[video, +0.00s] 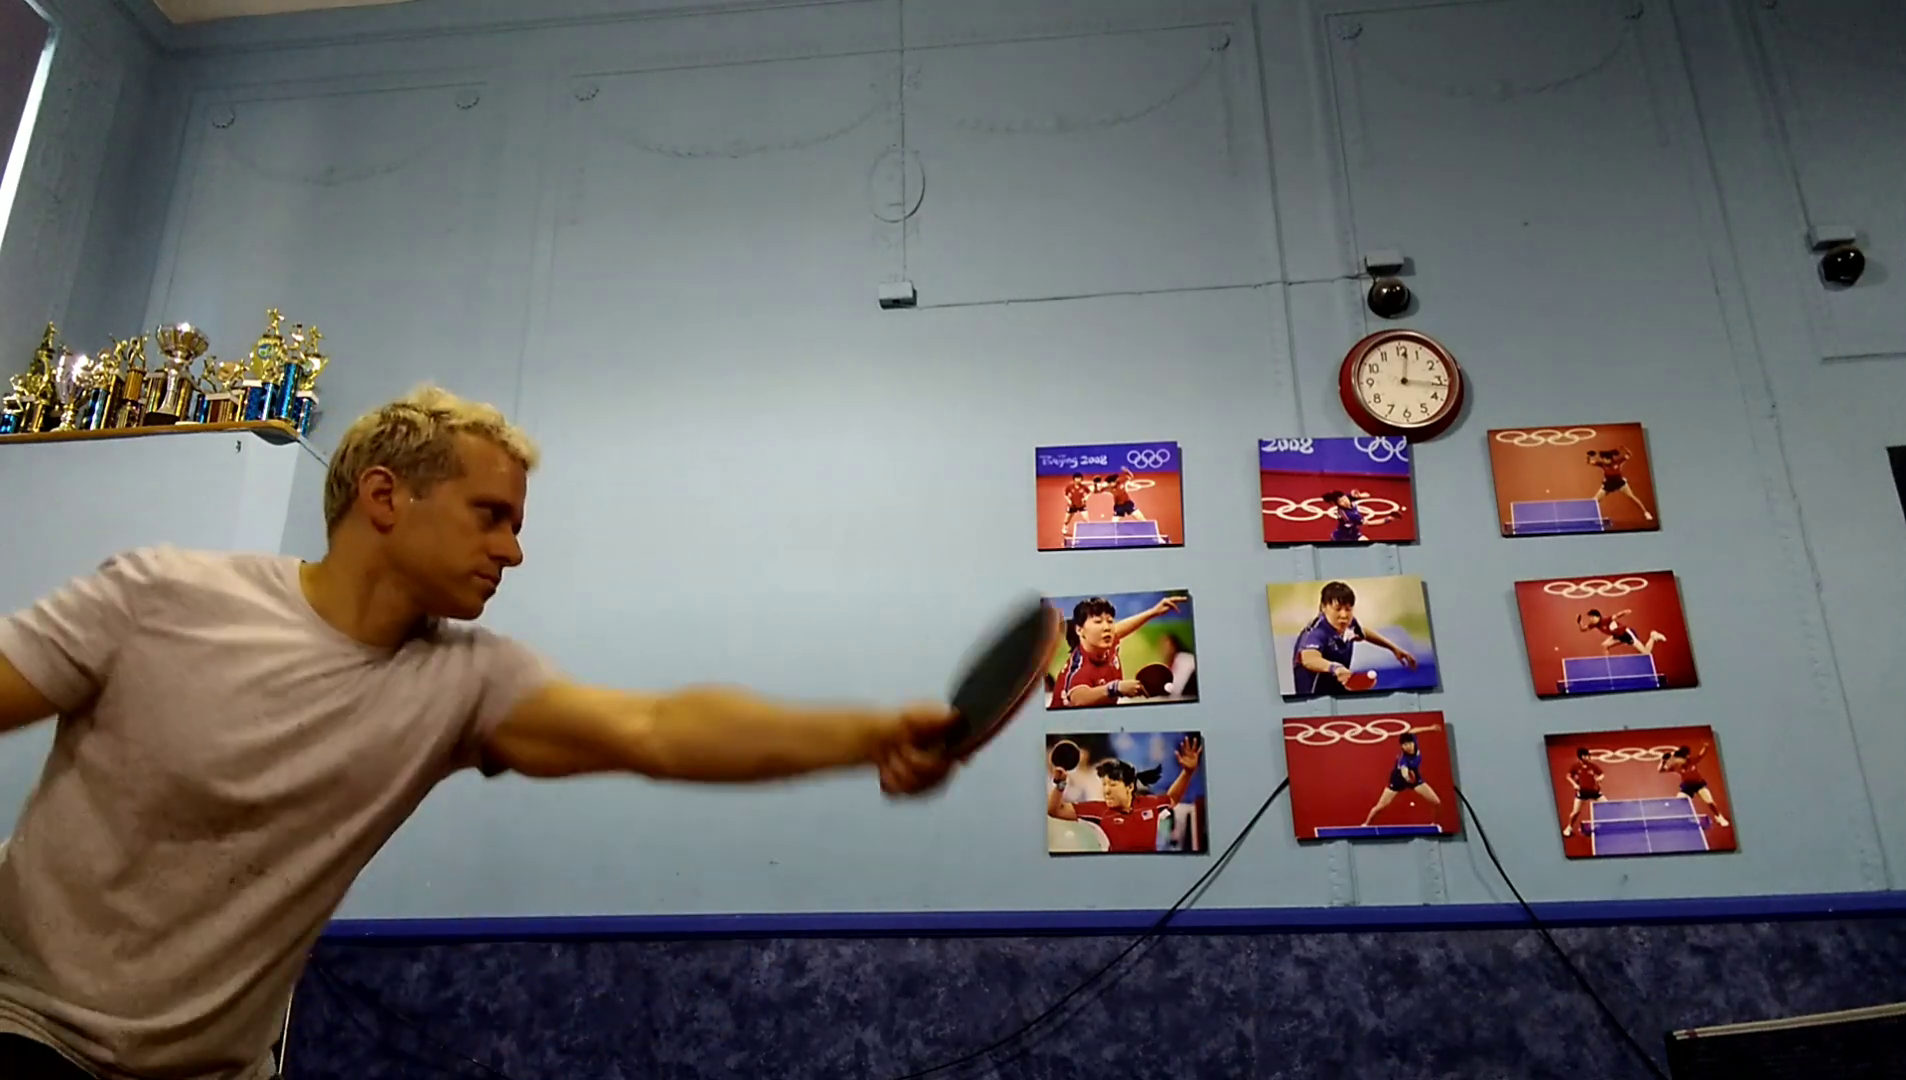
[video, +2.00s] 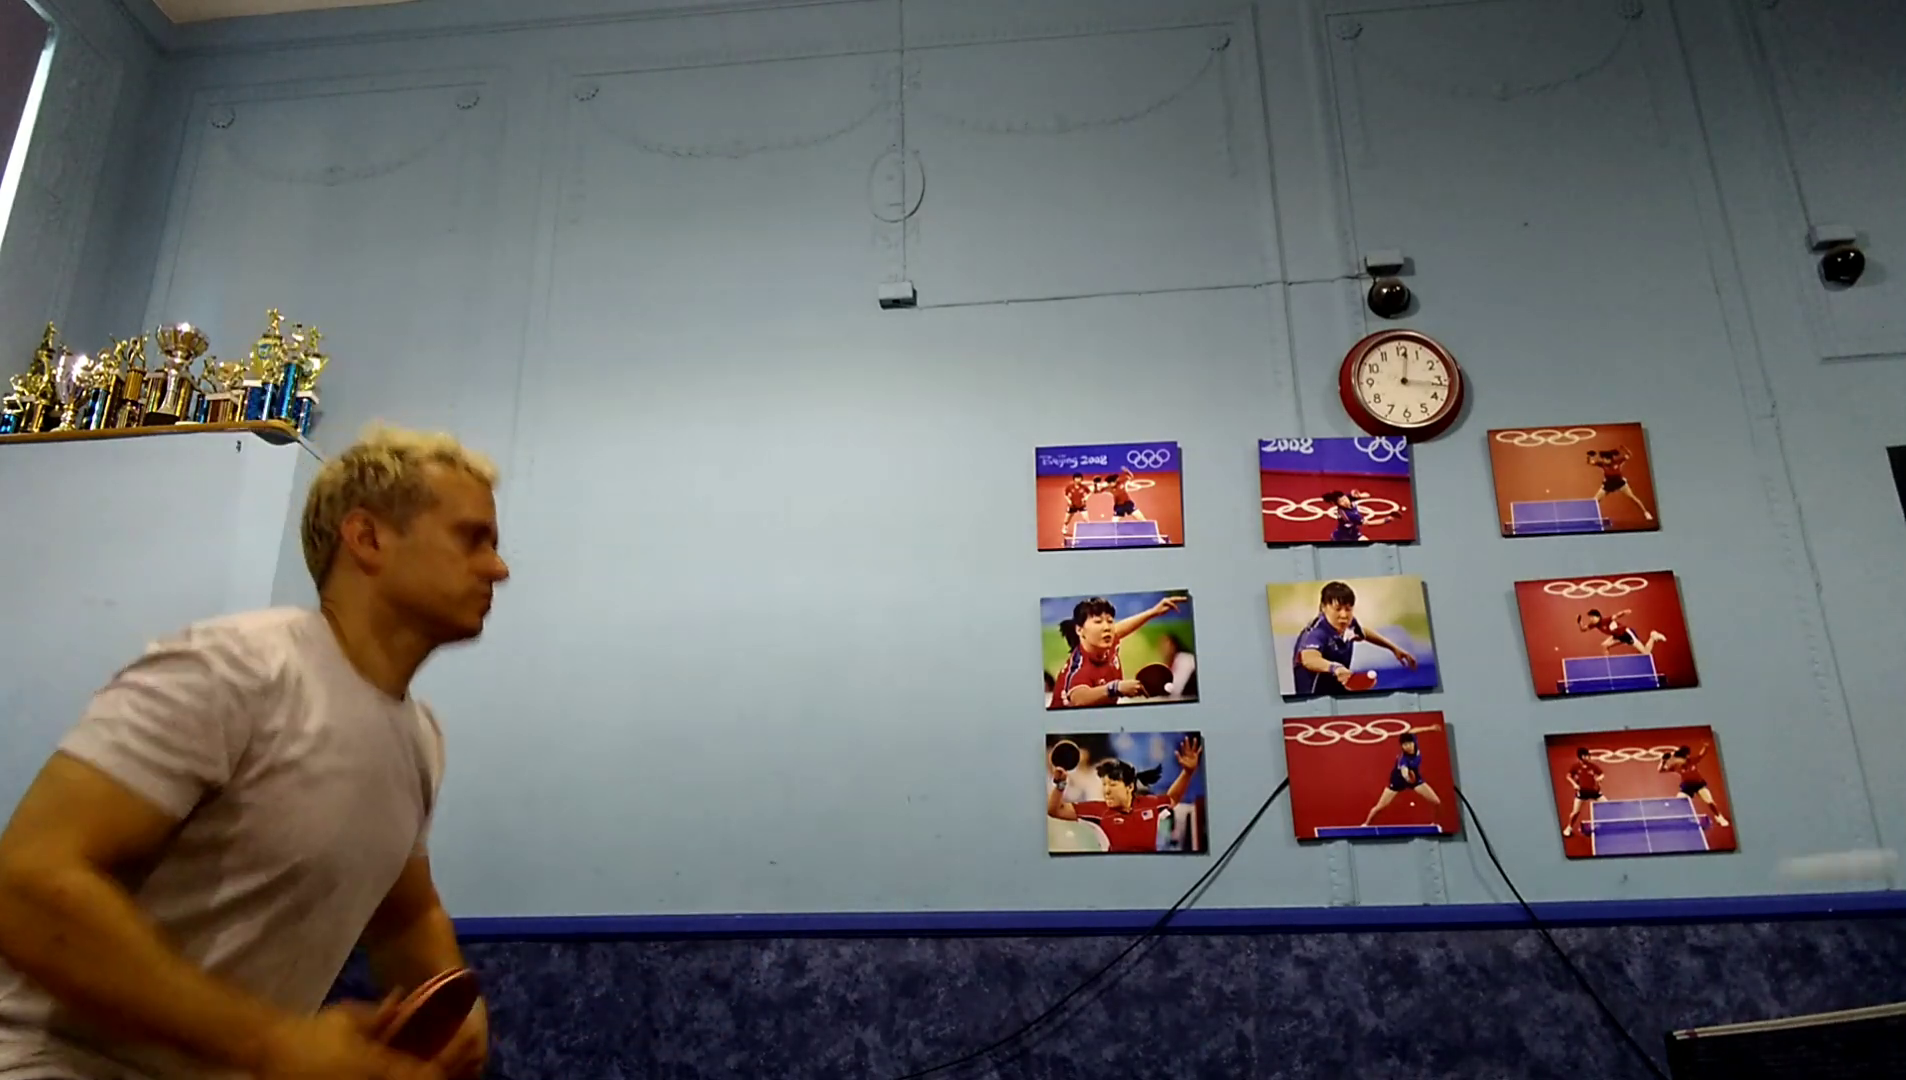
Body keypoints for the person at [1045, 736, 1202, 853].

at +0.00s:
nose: (1107, 790)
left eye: (1113, 785)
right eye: (1104, 785)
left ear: (1130, 787)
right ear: (1102, 787)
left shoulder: (1151, 804)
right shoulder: (1100, 811)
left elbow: (1172, 798)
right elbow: (1055, 811)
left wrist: (1188, 771)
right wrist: (1059, 785)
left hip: (1151, 872)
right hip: (1116, 874)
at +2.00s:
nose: (1107, 790)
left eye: (1113, 785)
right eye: (1104, 785)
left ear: (1130, 787)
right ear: (1101, 787)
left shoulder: (1151, 805)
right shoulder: (1100, 811)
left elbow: (1172, 798)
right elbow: (1055, 811)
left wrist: (1188, 771)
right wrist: (1059, 785)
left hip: (1151, 872)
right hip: (1115, 874)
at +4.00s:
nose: (1106, 790)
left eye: (1113, 785)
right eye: (1104, 785)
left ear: (1130, 787)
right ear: (1101, 787)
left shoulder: (1151, 805)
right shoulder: (1100, 811)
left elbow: (1173, 798)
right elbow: (1055, 811)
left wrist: (1188, 771)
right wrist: (1060, 785)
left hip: (1151, 873)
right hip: (1115, 875)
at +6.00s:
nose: (1107, 790)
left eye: (1113, 785)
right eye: (1104, 785)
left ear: (1130, 787)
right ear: (1101, 787)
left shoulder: (1151, 804)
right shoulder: (1100, 811)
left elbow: (1172, 798)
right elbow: (1055, 811)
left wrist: (1188, 772)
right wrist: (1060, 785)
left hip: (1151, 872)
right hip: (1116, 874)